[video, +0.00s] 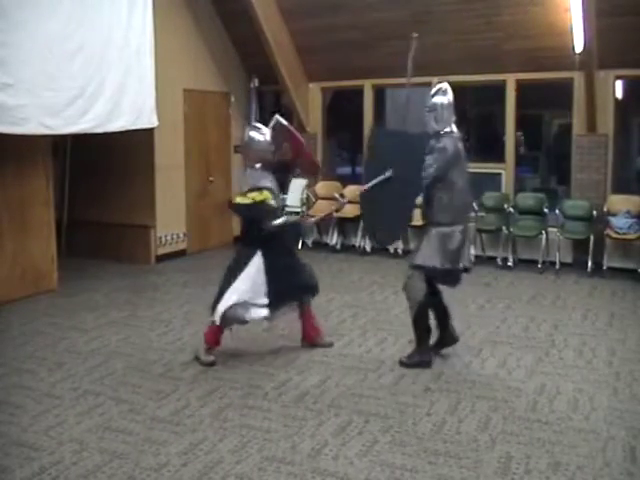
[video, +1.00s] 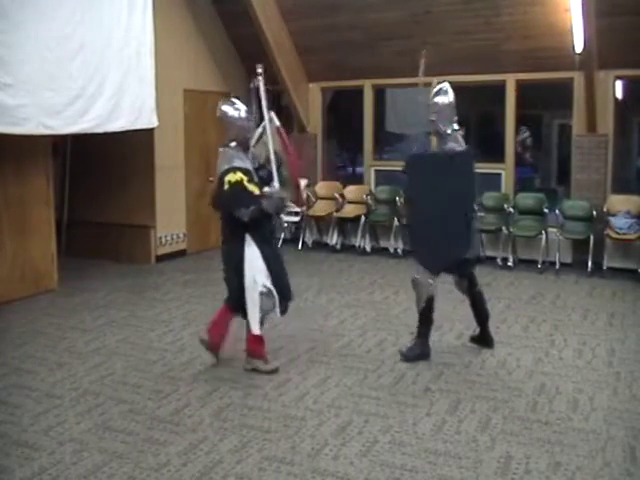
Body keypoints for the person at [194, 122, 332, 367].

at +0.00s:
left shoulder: (286, 179)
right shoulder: (257, 180)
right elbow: (266, 220)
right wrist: (297, 221)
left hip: (281, 246)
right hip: (256, 247)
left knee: (303, 283)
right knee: (236, 293)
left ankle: (310, 333)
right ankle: (209, 344)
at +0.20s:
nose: (304, 150)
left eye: (304, 145)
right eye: (301, 145)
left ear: (273, 148)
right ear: (292, 149)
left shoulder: (270, 170)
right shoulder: (292, 180)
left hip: (269, 241)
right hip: (286, 243)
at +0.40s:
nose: (311, 149)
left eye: (312, 144)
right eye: (307, 143)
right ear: (294, 142)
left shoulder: (292, 167)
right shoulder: (280, 173)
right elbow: (288, 218)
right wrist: (319, 218)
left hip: (296, 234)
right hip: (280, 237)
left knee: (313, 284)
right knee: (284, 288)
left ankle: (311, 333)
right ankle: (254, 339)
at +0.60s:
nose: (285, 143)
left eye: (285, 138)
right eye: (280, 138)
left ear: (284, 139)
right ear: (267, 142)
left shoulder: (283, 167)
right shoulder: (267, 176)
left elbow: (294, 191)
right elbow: (276, 221)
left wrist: (305, 171)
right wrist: (307, 222)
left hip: (291, 236)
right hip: (274, 241)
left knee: (313, 285)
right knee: (287, 292)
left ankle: (311, 333)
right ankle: (260, 349)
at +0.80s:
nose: (269, 136)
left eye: (268, 131)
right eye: (264, 131)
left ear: (259, 133)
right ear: (252, 133)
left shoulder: (265, 162)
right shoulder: (251, 170)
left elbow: (280, 188)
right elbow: (263, 215)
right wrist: (291, 211)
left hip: (274, 236)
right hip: (259, 240)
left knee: (285, 283)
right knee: (270, 288)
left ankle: (282, 330)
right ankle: (259, 342)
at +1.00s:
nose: (252, 135)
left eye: (252, 130)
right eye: (248, 130)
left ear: (238, 136)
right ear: (239, 135)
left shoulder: (244, 162)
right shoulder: (234, 171)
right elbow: (246, 211)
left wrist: (274, 196)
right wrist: (273, 202)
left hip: (241, 240)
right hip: (248, 244)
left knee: (239, 294)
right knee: (257, 294)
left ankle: (213, 336)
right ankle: (256, 353)